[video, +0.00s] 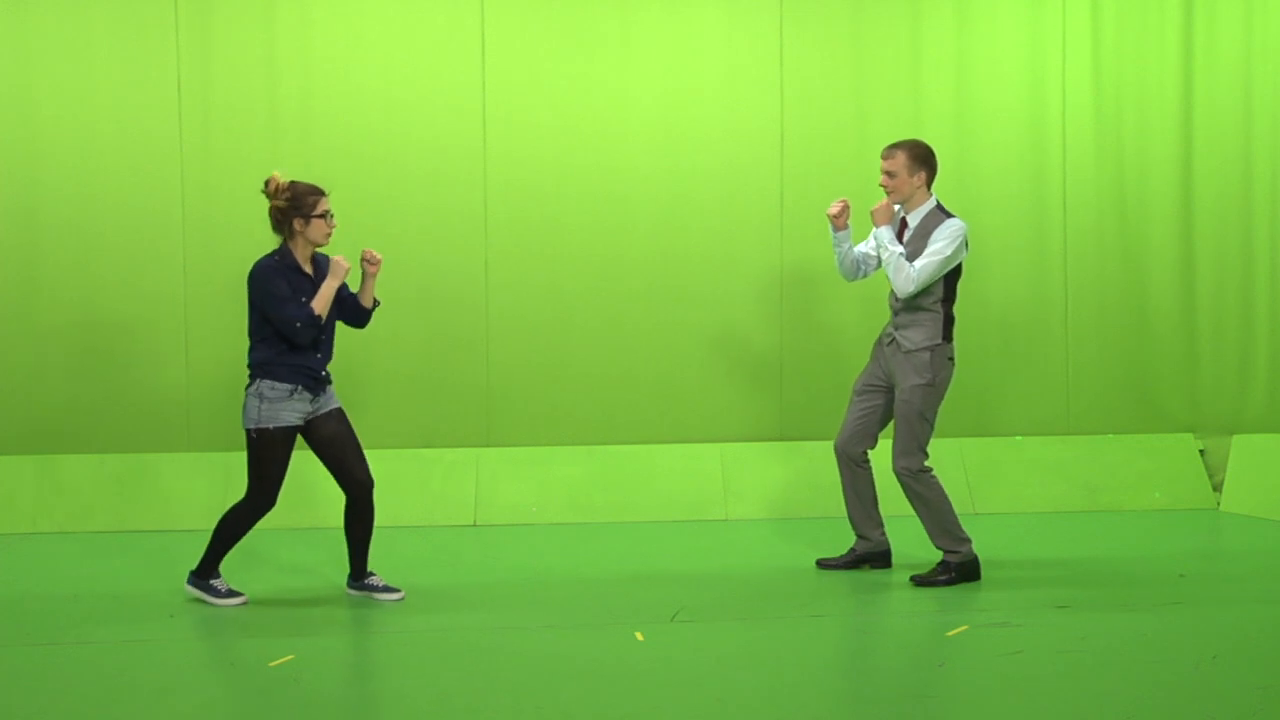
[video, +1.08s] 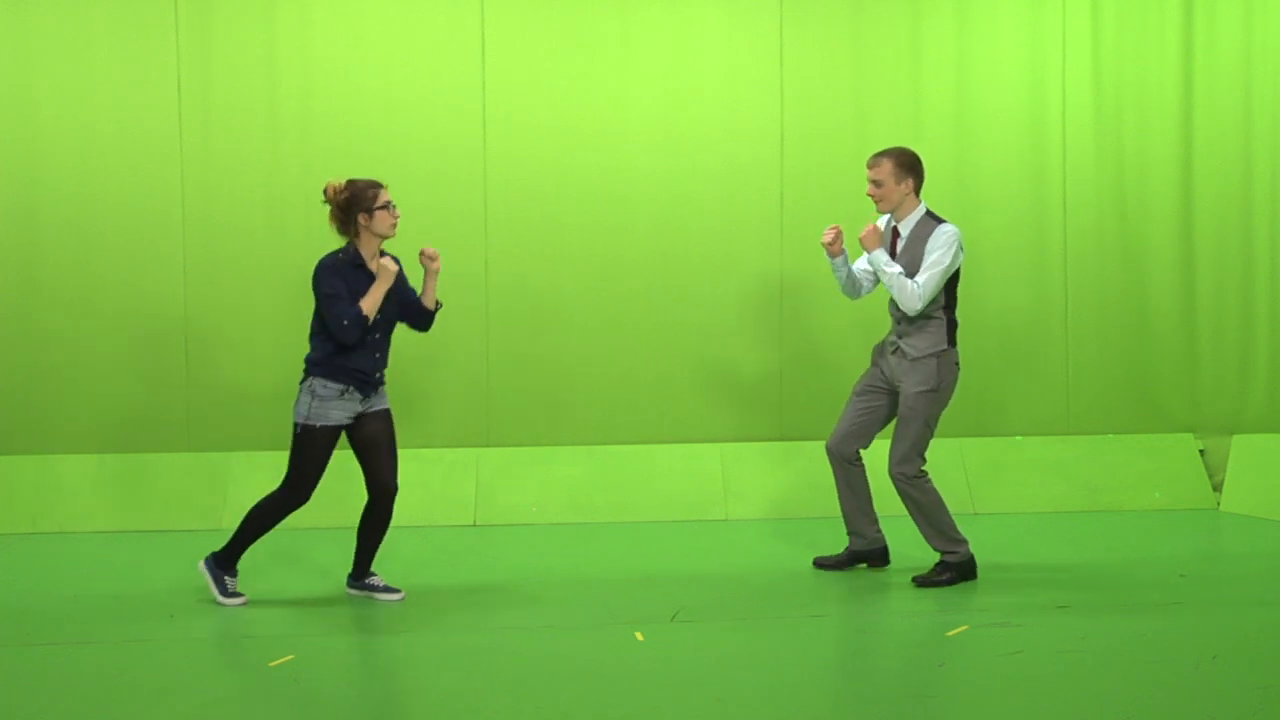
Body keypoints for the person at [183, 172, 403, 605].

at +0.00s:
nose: (332, 224)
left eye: (331, 216)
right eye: (324, 217)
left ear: (311, 223)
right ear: (297, 224)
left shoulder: (321, 268)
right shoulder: (267, 272)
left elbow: (358, 318)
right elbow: (302, 330)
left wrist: (369, 280)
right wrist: (333, 282)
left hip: (316, 392)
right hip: (273, 393)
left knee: (360, 485)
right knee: (261, 497)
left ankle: (359, 576)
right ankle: (203, 573)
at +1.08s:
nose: (396, 214)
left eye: (394, 206)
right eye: (387, 209)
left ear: (377, 217)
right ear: (362, 219)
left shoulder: (388, 267)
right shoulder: (332, 269)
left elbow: (421, 321)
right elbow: (347, 330)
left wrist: (431, 276)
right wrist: (382, 283)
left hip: (370, 393)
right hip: (325, 391)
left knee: (385, 489)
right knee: (296, 492)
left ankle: (361, 574)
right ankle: (223, 562)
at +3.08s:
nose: (388, 257)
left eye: (396, 247)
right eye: (380, 250)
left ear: (416, 244)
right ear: (373, 252)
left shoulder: (446, 284)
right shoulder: (369, 293)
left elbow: (474, 353)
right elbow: (367, 362)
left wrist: (458, 319)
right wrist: (385, 323)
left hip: (434, 395)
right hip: (379, 394)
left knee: (477, 491)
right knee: (370, 492)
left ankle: (508, 569)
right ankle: (332, 575)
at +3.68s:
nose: (499, 218)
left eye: (496, 210)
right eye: (490, 212)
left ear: (471, 221)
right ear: (467, 222)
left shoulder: (469, 270)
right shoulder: (437, 269)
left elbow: (476, 333)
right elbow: (458, 338)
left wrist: (505, 297)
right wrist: (495, 293)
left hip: (454, 393)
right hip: (419, 390)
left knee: (500, 480)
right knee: (391, 494)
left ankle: (497, 574)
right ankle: (327, 581)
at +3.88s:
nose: (496, 224)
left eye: (494, 216)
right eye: (488, 218)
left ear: (466, 225)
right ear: (463, 225)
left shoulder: (469, 274)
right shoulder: (430, 272)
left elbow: (482, 337)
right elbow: (454, 339)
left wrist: (510, 296)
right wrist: (490, 294)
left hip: (451, 392)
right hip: (412, 391)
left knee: (505, 475)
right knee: (416, 504)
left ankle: (499, 570)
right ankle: (336, 572)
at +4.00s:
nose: (478, 239)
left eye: (477, 231)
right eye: (470, 231)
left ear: (452, 237)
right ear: (445, 237)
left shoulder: (454, 287)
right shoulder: (406, 283)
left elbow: (468, 346)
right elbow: (428, 350)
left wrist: (495, 307)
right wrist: (464, 302)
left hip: (442, 404)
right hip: (399, 405)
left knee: (500, 482)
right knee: (412, 515)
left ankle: (497, 574)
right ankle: (337, 576)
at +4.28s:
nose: (425, 228)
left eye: (428, 220)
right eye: (422, 219)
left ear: (398, 215)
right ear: (396, 215)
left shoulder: (390, 260)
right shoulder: (336, 251)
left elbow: (401, 318)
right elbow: (346, 321)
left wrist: (429, 277)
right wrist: (388, 275)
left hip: (357, 375)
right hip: (308, 371)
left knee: (400, 470)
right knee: (286, 478)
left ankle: (390, 560)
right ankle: (244, 576)